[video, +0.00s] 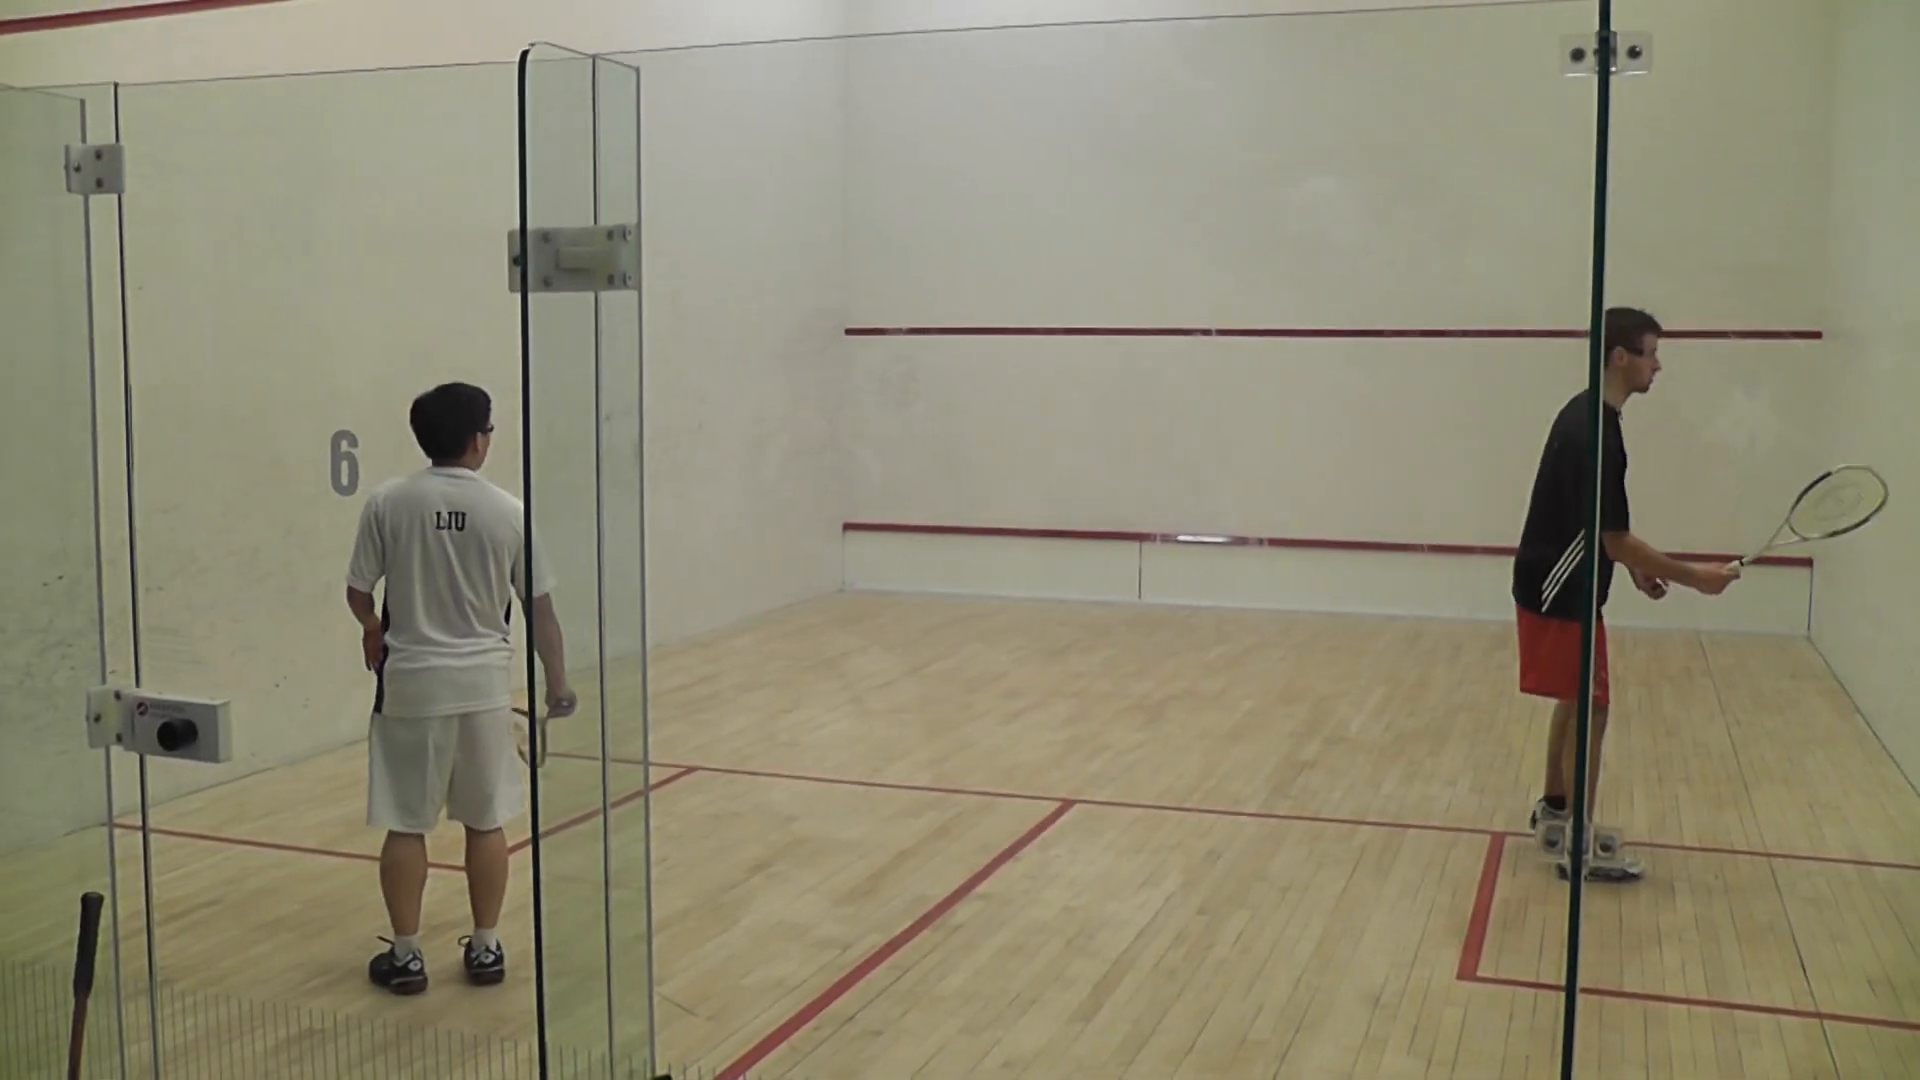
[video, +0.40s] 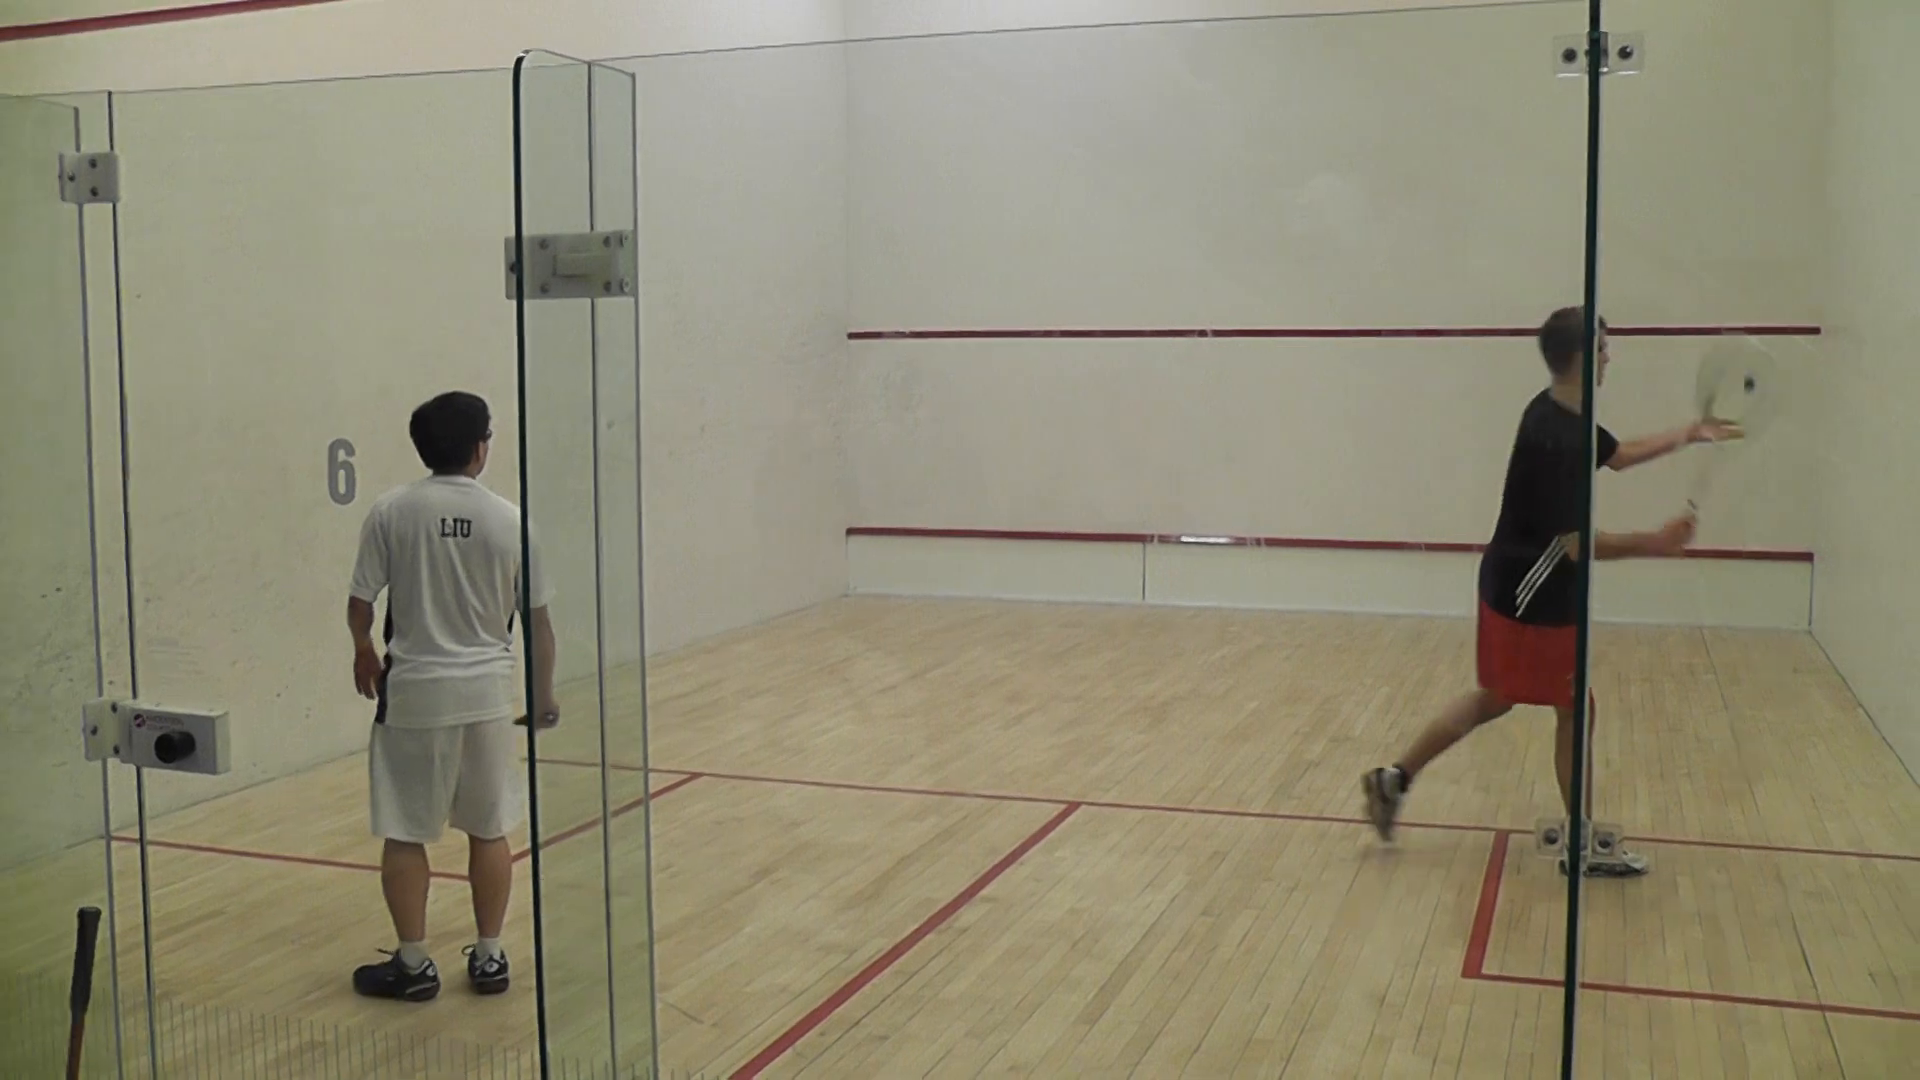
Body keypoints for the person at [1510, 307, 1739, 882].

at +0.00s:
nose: (1658, 365)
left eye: (1657, 354)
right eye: (1651, 355)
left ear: (1617, 358)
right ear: (1620, 357)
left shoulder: (1587, 414)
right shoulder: (1596, 429)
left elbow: (1599, 517)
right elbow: (1613, 537)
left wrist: (1638, 564)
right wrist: (1694, 575)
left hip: (1553, 588)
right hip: (1566, 597)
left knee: (1574, 698)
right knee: (1592, 708)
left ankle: (1556, 812)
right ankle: (1579, 844)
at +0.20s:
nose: (1655, 368)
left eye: (1653, 358)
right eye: (1651, 359)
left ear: (1615, 362)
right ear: (1629, 363)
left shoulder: (1583, 415)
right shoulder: (1598, 439)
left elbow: (1620, 502)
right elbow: (1617, 550)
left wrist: (1689, 532)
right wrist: (1697, 588)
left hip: (1531, 585)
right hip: (1555, 598)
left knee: (1544, 690)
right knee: (1591, 708)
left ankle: (1517, 788)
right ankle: (1585, 842)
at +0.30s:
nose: (1641, 363)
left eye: (1639, 352)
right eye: (1637, 353)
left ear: (1599, 359)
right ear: (1616, 360)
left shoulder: (1580, 411)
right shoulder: (1584, 430)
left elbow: (1635, 480)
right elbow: (1608, 552)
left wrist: (1716, 472)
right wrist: (1686, 580)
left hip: (1527, 585)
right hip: (1554, 598)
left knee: (1529, 690)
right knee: (1587, 709)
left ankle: (1456, 780)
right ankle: (1589, 842)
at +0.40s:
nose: (1610, 355)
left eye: (1607, 345)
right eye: (1604, 347)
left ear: (1561, 359)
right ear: (1583, 359)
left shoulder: (1559, 410)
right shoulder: (1558, 437)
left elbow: (1617, 456)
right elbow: (1575, 544)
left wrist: (1688, 434)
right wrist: (1658, 542)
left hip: (1510, 584)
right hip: (1541, 597)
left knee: (1497, 696)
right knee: (1577, 707)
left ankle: (1395, 778)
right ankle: (1581, 838)